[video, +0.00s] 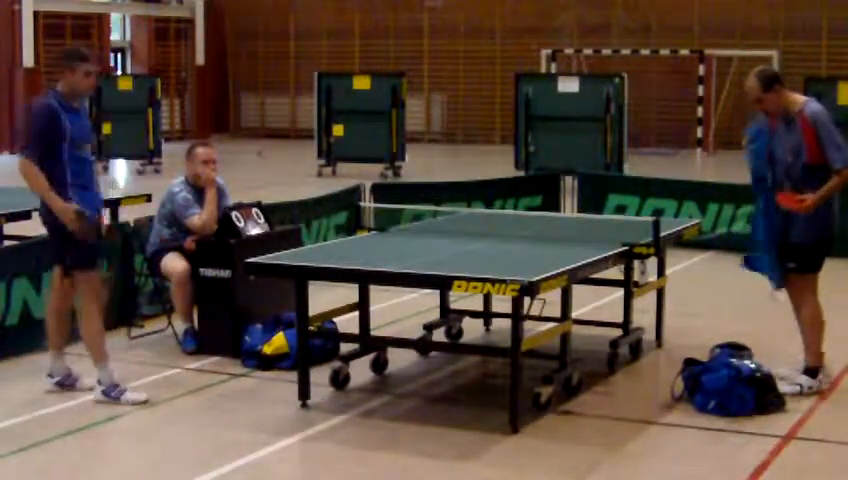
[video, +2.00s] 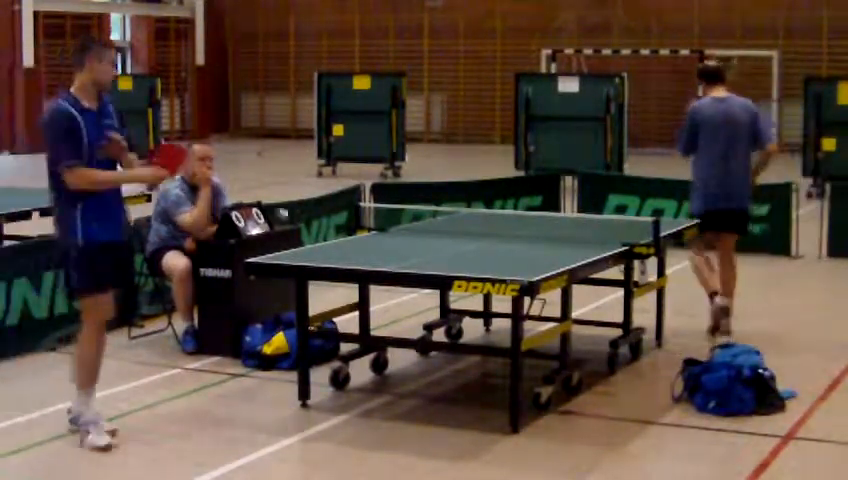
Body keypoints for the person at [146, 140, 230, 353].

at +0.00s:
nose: (212, 168)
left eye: (214, 163)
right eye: (205, 163)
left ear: (217, 164)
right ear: (190, 166)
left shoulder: (217, 187)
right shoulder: (178, 192)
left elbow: (224, 223)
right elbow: (204, 227)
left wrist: (197, 238)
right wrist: (211, 189)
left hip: (199, 241)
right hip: (166, 245)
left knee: (227, 262)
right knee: (181, 270)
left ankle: (223, 321)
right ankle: (189, 328)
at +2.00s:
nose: (207, 166)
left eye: (210, 161)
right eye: (202, 161)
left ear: (214, 165)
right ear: (187, 164)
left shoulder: (214, 188)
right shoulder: (171, 191)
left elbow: (224, 224)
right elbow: (195, 225)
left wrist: (199, 236)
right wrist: (205, 189)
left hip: (198, 241)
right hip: (165, 243)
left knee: (227, 260)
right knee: (183, 267)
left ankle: (222, 321)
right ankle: (188, 326)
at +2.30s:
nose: (199, 161)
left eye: (201, 155)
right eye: (193, 155)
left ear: (204, 160)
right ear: (176, 159)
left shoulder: (207, 185)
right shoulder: (163, 188)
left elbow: (222, 217)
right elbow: (165, 228)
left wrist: (201, 234)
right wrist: (193, 195)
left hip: (200, 241)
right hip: (169, 243)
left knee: (225, 260)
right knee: (182, 267)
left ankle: (222, 320)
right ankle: (188, 325)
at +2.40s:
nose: (194, 159)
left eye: (195, 153)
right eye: (187, 153)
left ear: (199, 158)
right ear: (171, 158)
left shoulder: (202, 184)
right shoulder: (163, 185)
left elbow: (219, 207)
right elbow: (165, 216)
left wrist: (217, 220)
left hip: (202, 240)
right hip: (173, 244)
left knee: (225, 262)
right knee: (184, 267)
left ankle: (222, 319)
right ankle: (188, 325)